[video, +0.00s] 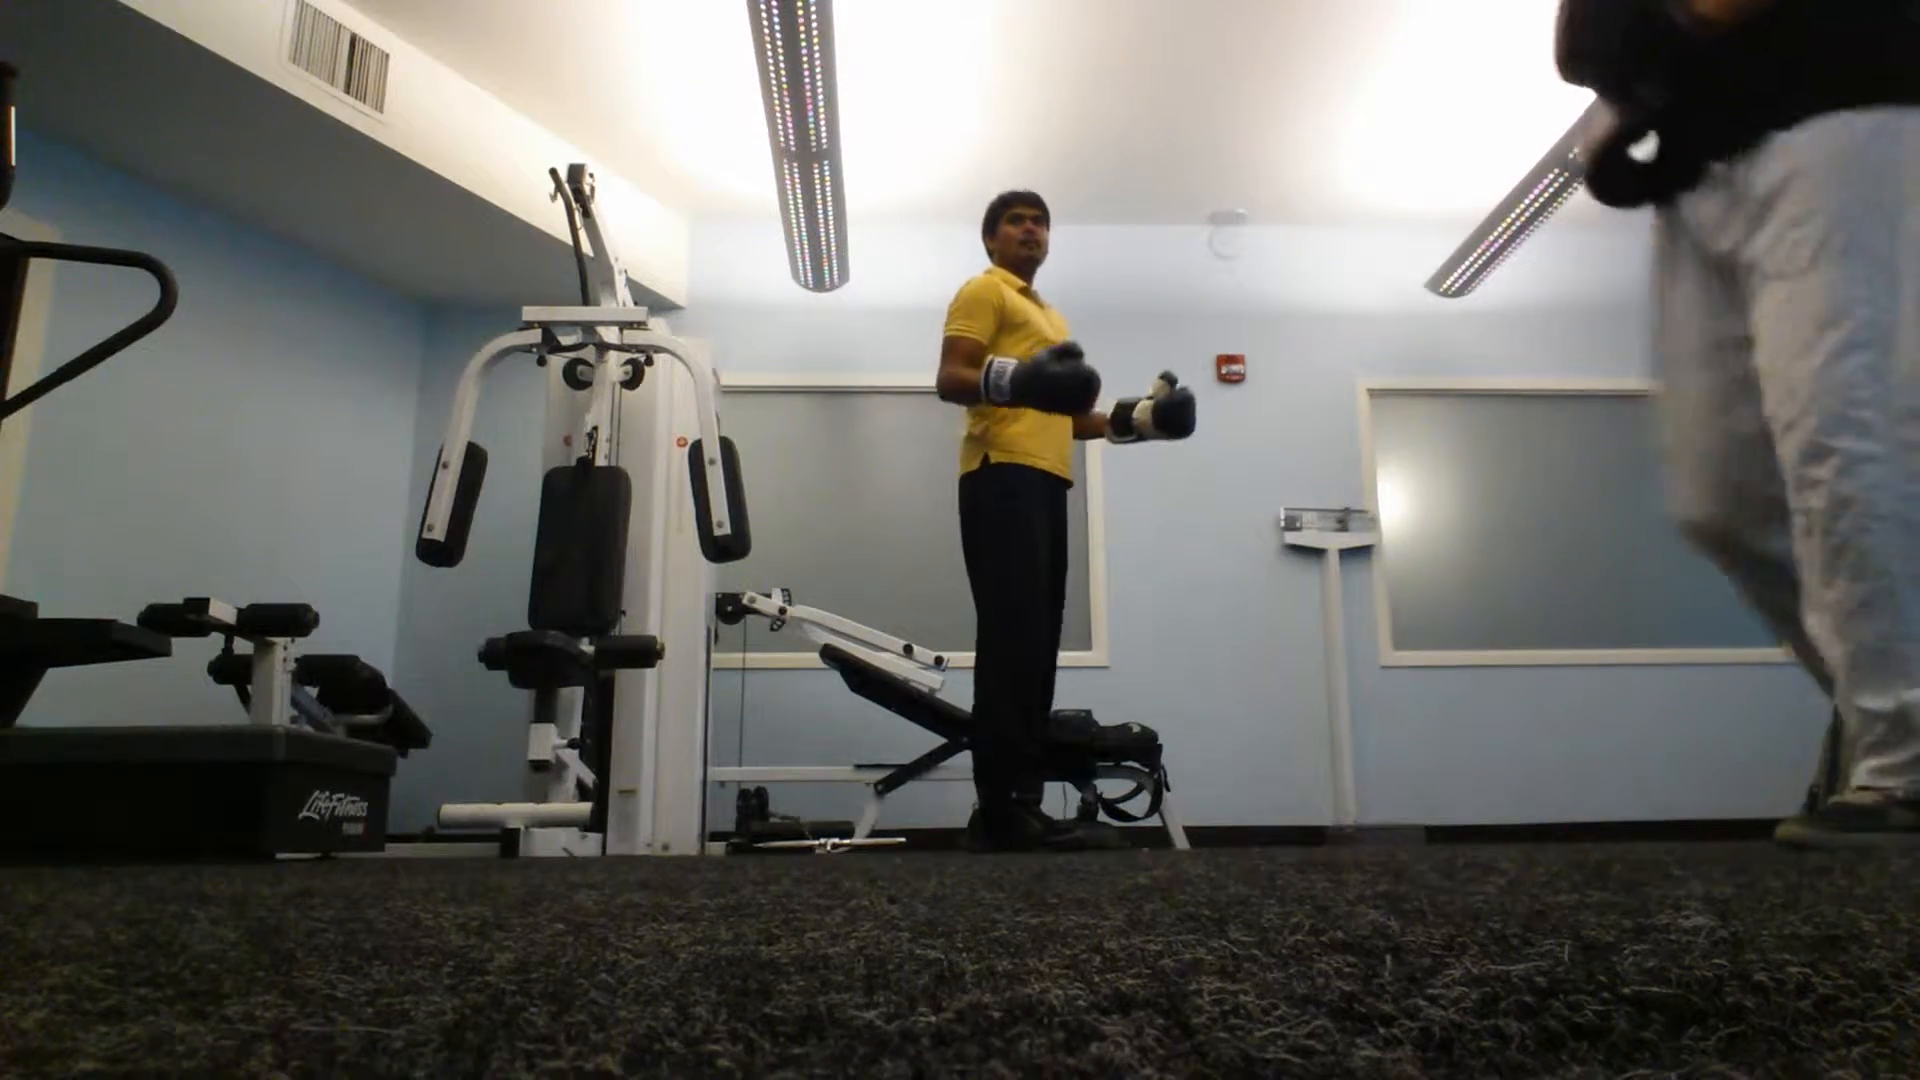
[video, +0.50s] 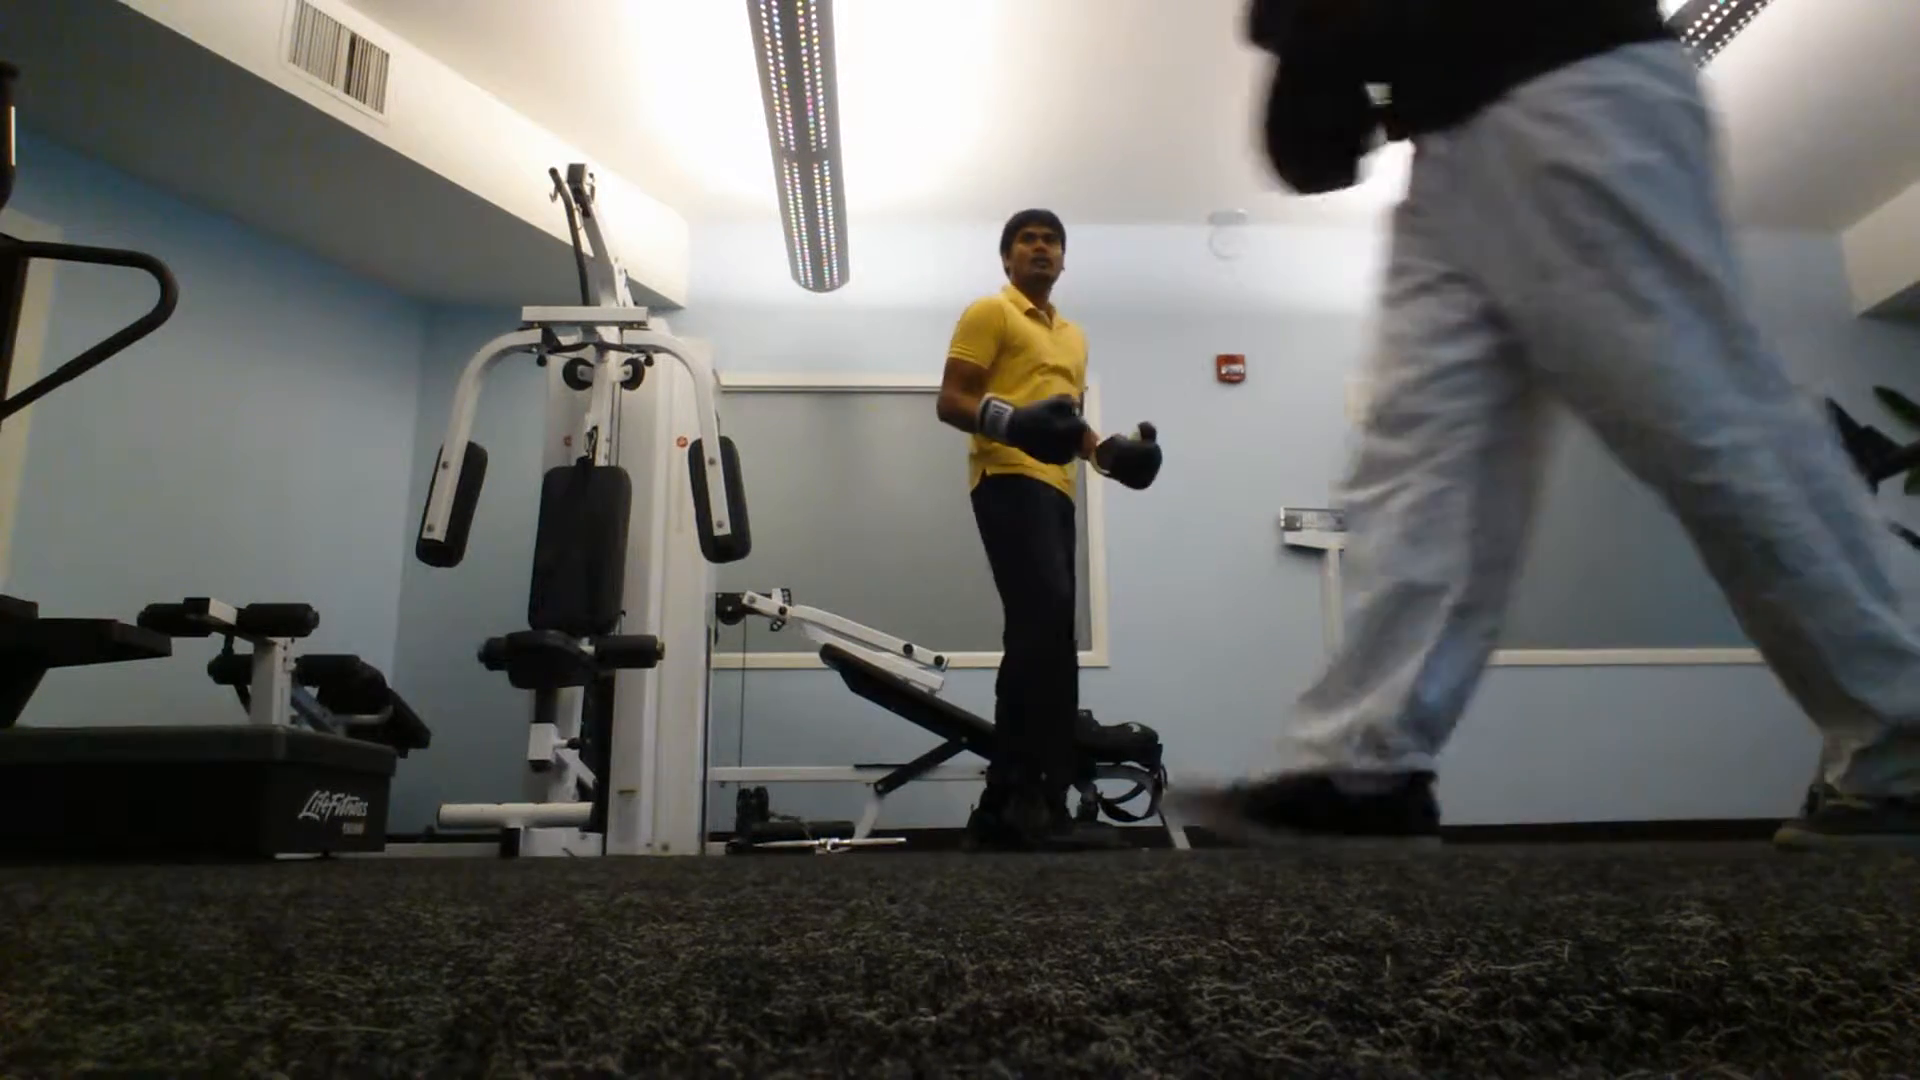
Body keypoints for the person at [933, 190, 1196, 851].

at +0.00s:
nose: (1031, 231)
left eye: (1039, 223)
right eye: (1017, 221)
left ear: (1048, 239)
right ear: (990, 236)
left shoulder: (1047, 315)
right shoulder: (983, 290)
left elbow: (1064, 419)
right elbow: (950, 378)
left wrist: (1137, 416)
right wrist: (1016, 380)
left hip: (1044, 484)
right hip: (1002, 480)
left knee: (1038, 639)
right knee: (1011, 637)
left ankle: (1020, 804)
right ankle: (1001, 809)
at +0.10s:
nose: (1038, 241)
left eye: (1047, 234)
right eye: (1024, 231)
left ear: (1056, 250)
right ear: (997, 245)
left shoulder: (1052, 322)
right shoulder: (985, 300)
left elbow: (1061, 426)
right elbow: (955, 389)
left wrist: (1136, 431)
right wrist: (1019, 384)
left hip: (1048, 492)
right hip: (1006, 488)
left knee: (1043, 648)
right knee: (1023, 645)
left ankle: (1024, 807)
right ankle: (1004, 810)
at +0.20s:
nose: (1042, 246)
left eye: (1051, 239)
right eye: (1029, 236)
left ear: (1060, 256)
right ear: (1002, 249)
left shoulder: (1064, 336)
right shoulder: (986, 307)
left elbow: (1066, 429)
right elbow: (963, 395)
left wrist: (1117, 437)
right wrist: (1039, 404)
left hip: (1049, 489)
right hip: (1005, 484)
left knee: (1051, 636)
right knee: (1039, 632)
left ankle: (1033, 800)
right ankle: (1012, 802)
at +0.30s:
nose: (1043, 249)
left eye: (1053, 242)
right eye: (1031, 239)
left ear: (1061, 260)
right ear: (1004, 252)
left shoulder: (1066, 339)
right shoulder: (987, 310)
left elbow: (1068, 418)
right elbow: (961, 397)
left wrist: (1104, 429)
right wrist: (1040, 417)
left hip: (1052, 494)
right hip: (1009, 489)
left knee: (1050, 638)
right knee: (1043, 635)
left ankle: (1029, 801)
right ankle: (1021, 803)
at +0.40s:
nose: (1042, 250)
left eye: (1052, 243)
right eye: (1030, 240)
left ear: (1062, 260)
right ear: (1005, 253)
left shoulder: (1067, 337)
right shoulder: (988, 311)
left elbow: (1065, 423)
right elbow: (954, 397)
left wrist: (1106, 450)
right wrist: (1025, 423)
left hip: (1057, 497)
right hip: (1012, 491)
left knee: (1050, 641)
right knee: (1040, 638)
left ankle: (1027, 798)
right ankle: (1024, 801)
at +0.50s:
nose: (1041, 250)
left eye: (1052, 242)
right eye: (1029, 240)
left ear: (1064, 259)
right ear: (1006, 255)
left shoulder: (1072, 337)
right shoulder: (988, 313)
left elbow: (1067, 424)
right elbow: (952, 400)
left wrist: (1107, 453)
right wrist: (1013, 420)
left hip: (1057, 491)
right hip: (1009, 483)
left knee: (1044, 632)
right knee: (1043, 624)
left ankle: (1021, 795)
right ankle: (1026, 795)